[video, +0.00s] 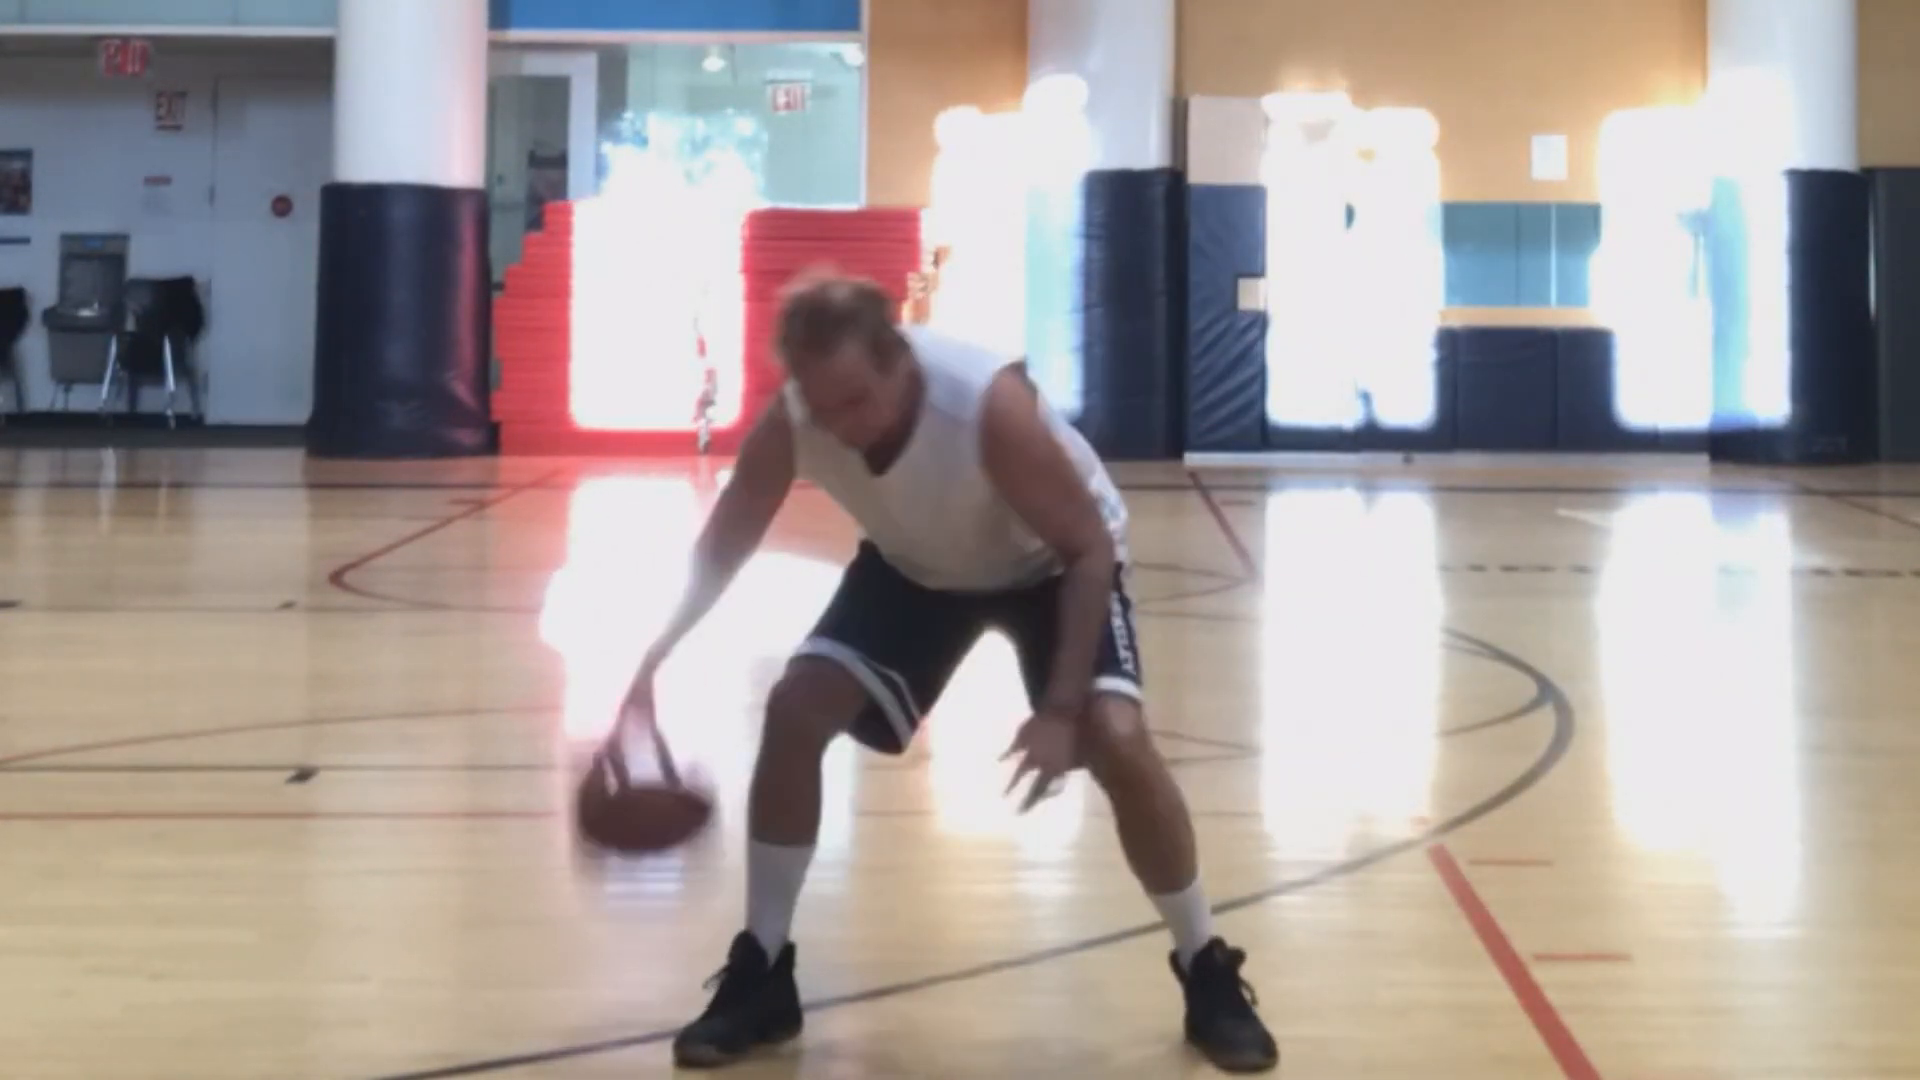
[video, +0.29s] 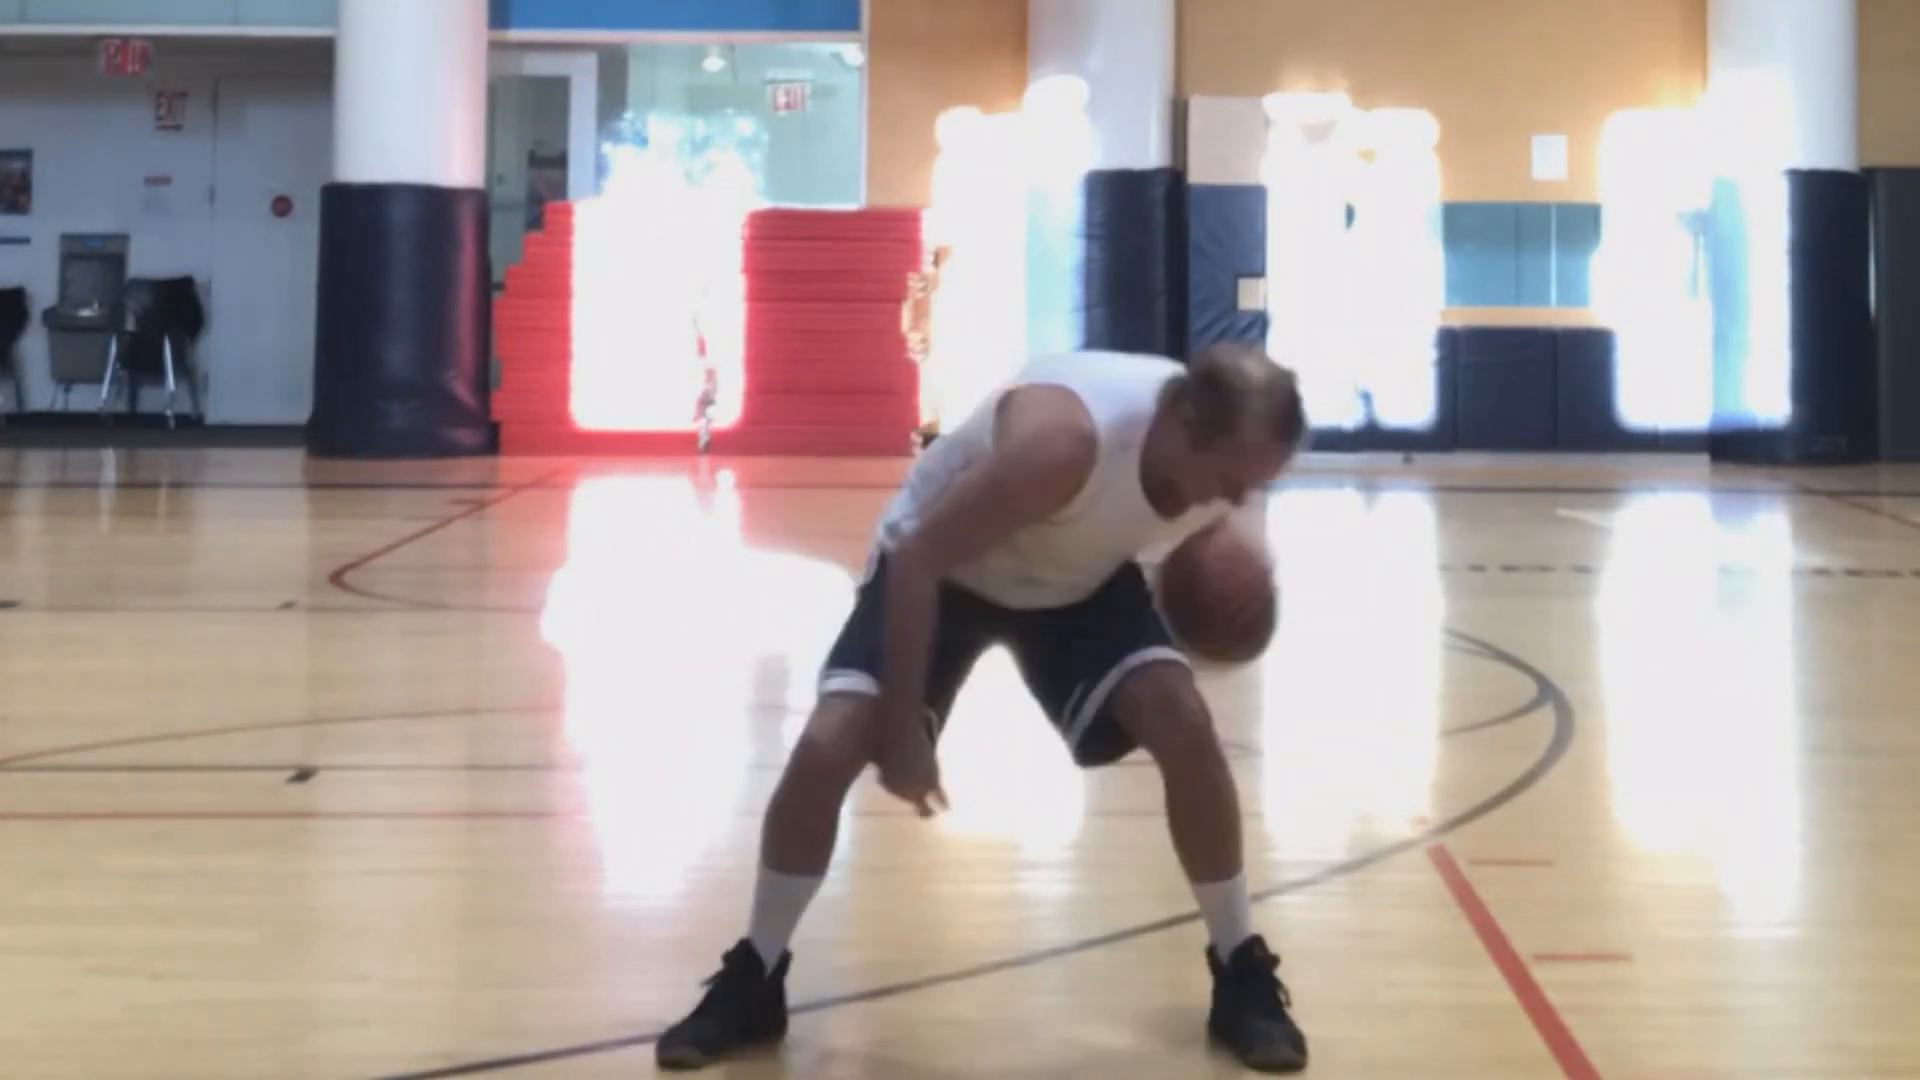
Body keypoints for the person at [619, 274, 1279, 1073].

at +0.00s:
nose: (836, 423)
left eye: (851, 400)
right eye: (817, 406)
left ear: (897, 364)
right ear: (798, 390)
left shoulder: (993, 408)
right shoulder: (791, 423)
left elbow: (1093, 548)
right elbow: (721, 550)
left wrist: (1064, 709)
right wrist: (649, 668)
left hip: (1051, 564)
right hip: (913, 562)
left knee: (1116, 742)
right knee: (799, 705)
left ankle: (1208, 971)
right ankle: (762, 974)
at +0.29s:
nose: (1236, 504)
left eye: (1254, 491)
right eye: (1228, 485)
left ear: (1262, 455)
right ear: (1182, 427)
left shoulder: (1219, 430)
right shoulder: (1058, 447)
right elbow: (917, 555)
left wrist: (1227, 590)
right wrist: (904, 729)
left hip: (1084, 576)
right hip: (947, 566)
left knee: (1183, 723)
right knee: (824, 748)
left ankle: (1242, 975)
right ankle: (754, 976)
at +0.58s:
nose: (929, 549)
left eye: (945, 531)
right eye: (908, 538)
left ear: (971, 477)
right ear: (861, 492)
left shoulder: (1055, 492)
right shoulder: (817, 489)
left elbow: (1163, 594)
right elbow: (838, 640)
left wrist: (1203, 767)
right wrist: (880, 809)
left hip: (1062, 590)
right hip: (920, 606)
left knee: (1019, 761)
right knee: (755, 772)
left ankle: (1098, 1053)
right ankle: (805, 987)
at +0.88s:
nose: (900, 473)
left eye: (921, 446)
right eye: (875, 449)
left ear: (953, 429)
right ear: (841, 435)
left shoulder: (1019, 512)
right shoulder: (792, 498)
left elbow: (1102, 652)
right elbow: (775, 658)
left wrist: (1117, 824)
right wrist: (821, 841)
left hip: (1006, 646)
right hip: (861, 662)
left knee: (972, 774)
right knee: (677, 833)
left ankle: (1089, 1054)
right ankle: (785, 985)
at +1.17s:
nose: (1002, 308)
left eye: (1023, 286)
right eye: (981, 284)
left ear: (1046, 271)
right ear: (934, 260)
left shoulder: (1071, 353)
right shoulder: (851, 317)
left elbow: (1136, 488)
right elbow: (730, 453)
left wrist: (1268, 588)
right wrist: (695, 617)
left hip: (983, 547)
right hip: (838, 543)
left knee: (1067, 762)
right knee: (840, 757)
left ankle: (1042, 981)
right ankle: (756, 1036)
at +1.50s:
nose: (840, 502)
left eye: (856, 486)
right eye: (821, 488)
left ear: (893, 437)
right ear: (787, 442)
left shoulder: (968, 412)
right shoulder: (739, 450)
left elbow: (1078, 506)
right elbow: (687, 614)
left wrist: (1128, 637)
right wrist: (699, 770)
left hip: (945, 555)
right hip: (794, 562)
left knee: (1055, 756)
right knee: (784, 746)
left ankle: (1084, 969)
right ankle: (742, 1036)